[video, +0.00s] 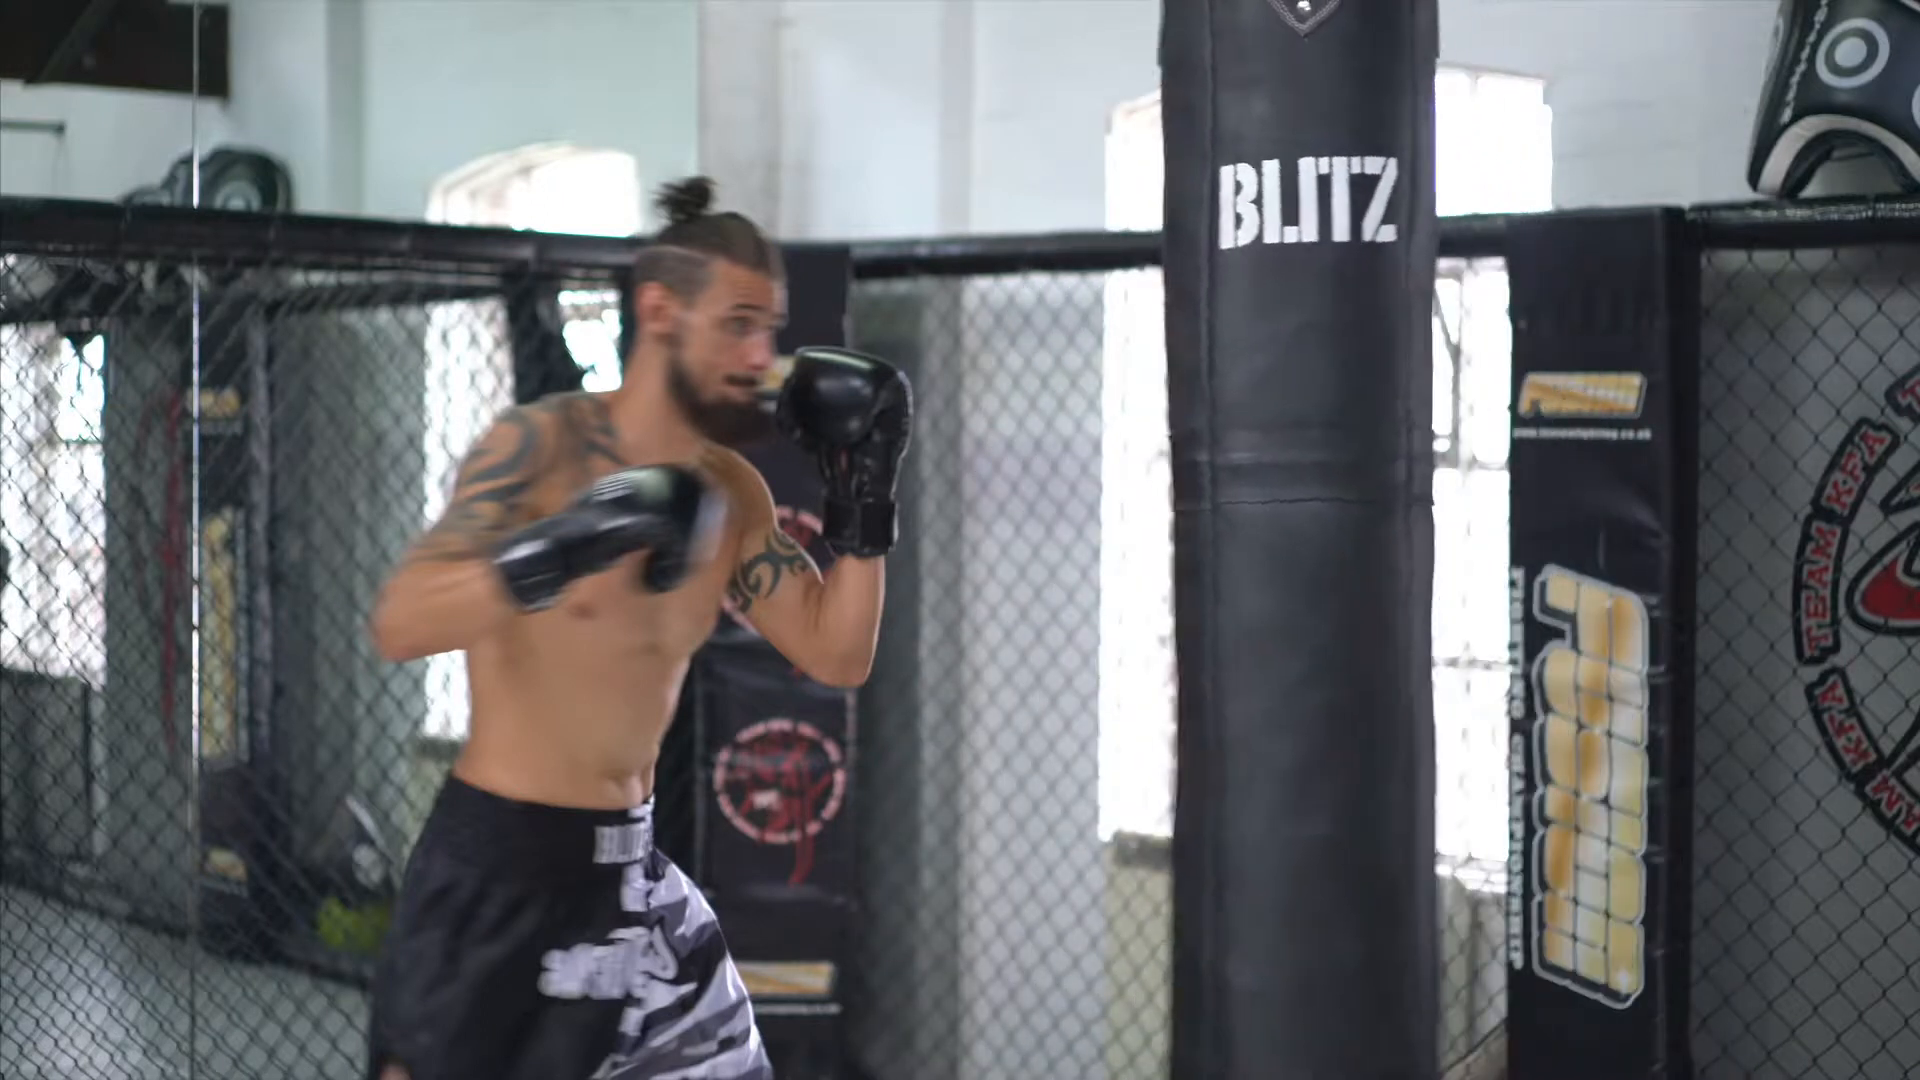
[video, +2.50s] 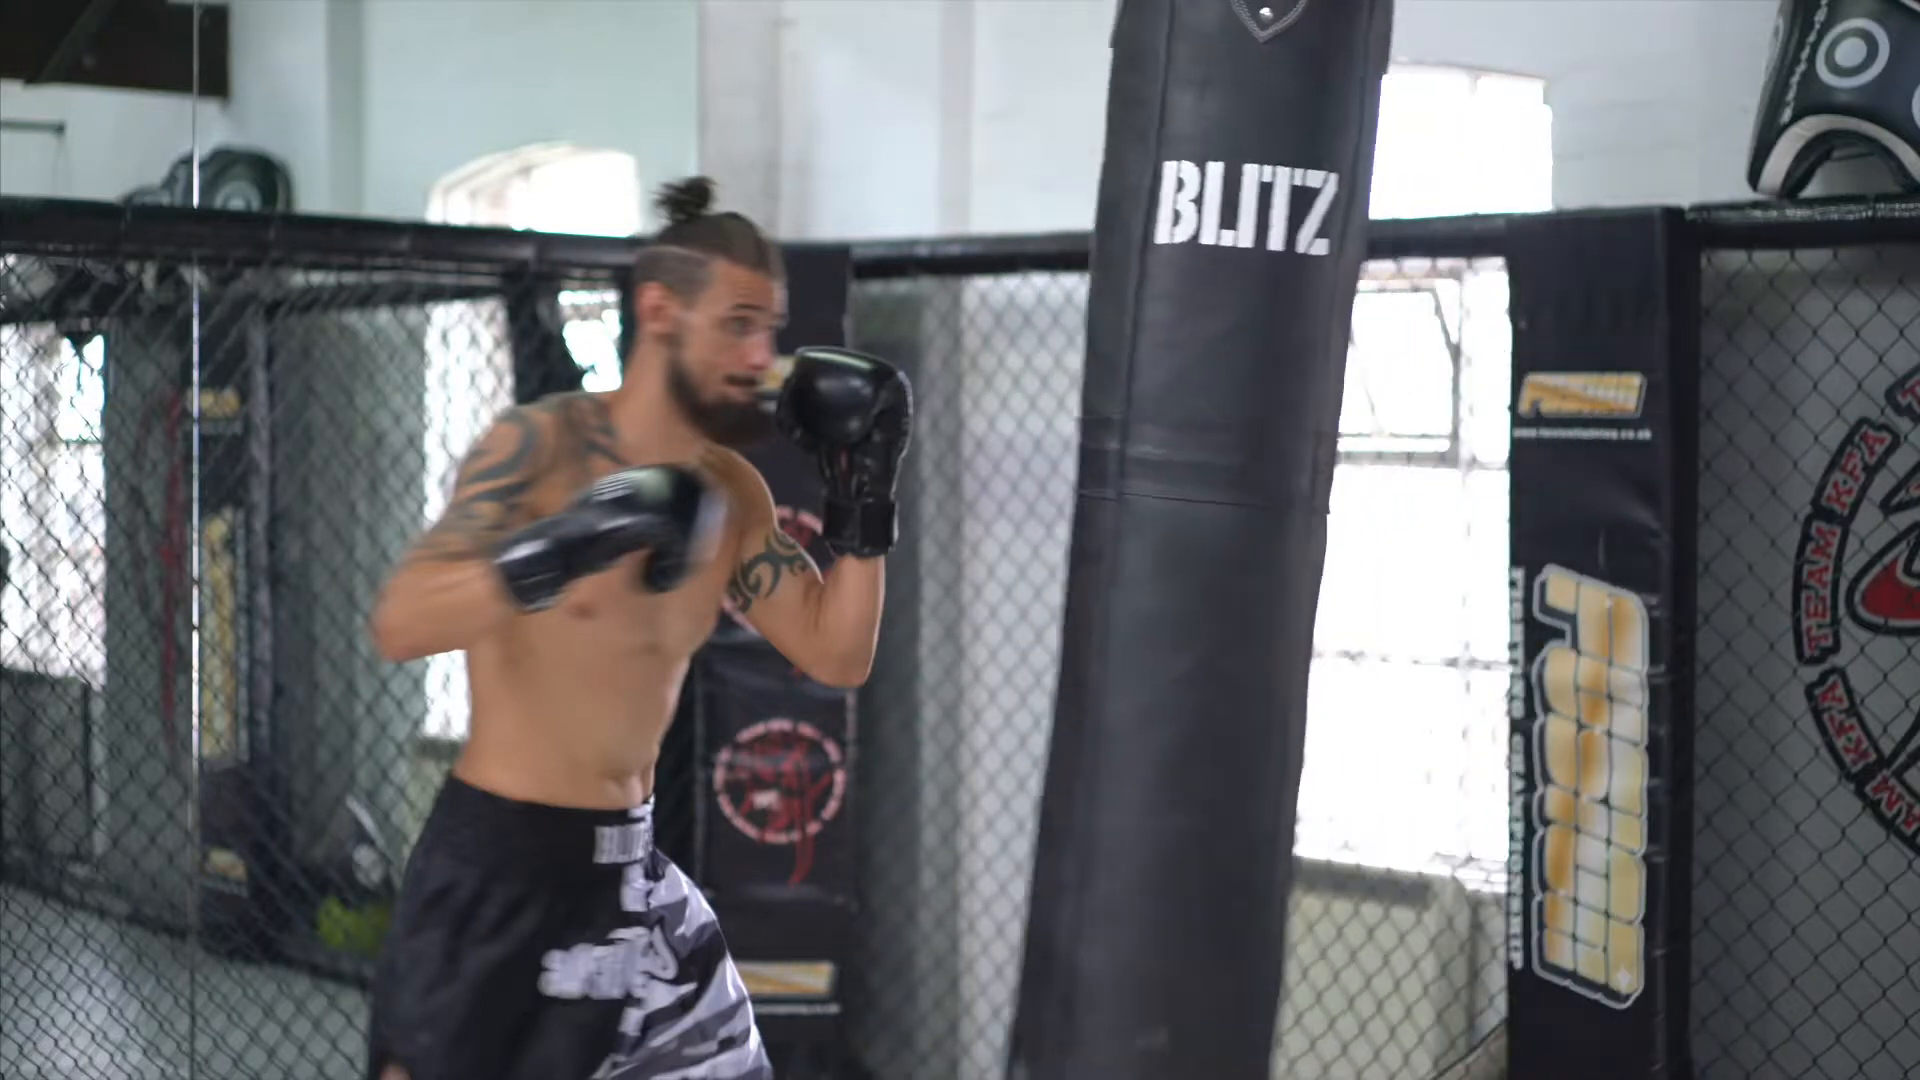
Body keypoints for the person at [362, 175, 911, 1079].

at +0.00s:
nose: (763, 357)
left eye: (772, 331)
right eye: (740, 325)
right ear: (656, 309)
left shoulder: (733, 492)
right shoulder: (538, 440)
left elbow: (839, 655)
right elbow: (400, 623)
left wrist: (865, 480)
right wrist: (568, 547)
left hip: (636, 867)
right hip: (501, 867)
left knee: (732, 1066)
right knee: (444, 1065)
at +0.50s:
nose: (762, 357)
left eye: (772, 331)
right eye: (739, 325)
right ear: (656, 310)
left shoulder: (733, 492)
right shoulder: (538, 441)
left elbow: (839, 656)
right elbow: (400, 624)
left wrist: (866, 479)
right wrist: (568, 547)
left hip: (635, 867)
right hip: (500, 865)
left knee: (732, 1066)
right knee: (437, 1065)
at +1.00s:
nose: (763, 357)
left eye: (772, 331)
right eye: (740, 325)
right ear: (656, 310)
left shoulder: (733, 493)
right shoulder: (538, 441)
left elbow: (839, 655)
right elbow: (400, 623)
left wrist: (865, 480)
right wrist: (568, 547)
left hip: (636, 868)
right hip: (500, 867)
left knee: (732, 1066)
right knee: (442, 1065)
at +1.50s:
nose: (762, 357)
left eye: (772, 331)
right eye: (739, 325)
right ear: (656, 310)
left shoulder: (733, 493)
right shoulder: (537, 441)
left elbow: (839, 655)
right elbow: (400, 623)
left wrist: (864, 481)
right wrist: (568, 547)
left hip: (636, 868)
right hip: (500, 867)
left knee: (732, 1066)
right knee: (439, 1065)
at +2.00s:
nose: (762, 357)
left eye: (772, 331)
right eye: (739, 325)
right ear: (656, 310)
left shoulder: (733, 492)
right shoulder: (537, 441)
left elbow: (839, 655)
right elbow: (400, 623)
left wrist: (865, 481)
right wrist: (569, 546)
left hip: (635, 867)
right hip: (500, 866)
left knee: (732, 1066)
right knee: (439, 1065)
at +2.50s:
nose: (763, 357)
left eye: (772, 331)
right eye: (739, 325)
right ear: (656, 309)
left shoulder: (733, 492)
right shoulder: (538, 441)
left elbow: (839, 655)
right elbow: (400, 623)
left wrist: (865, 482)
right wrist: (569, 546)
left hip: (635, 868)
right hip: (500, 866)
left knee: (732, 1066)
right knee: (440, 1065)